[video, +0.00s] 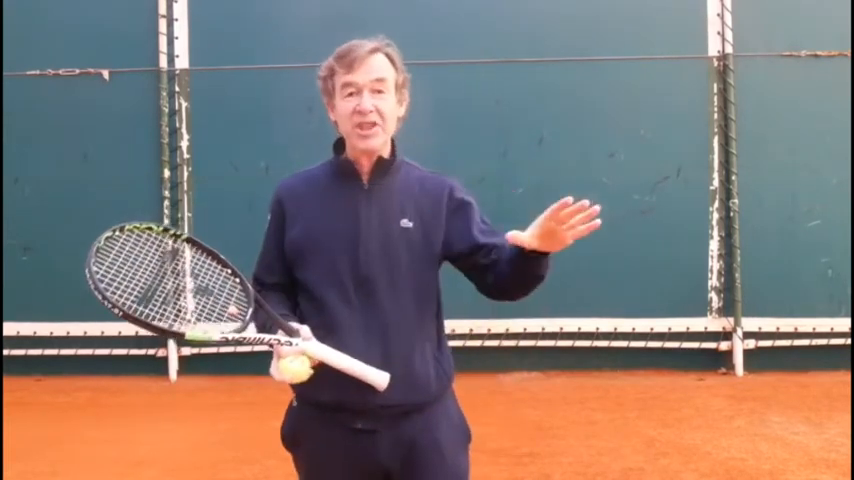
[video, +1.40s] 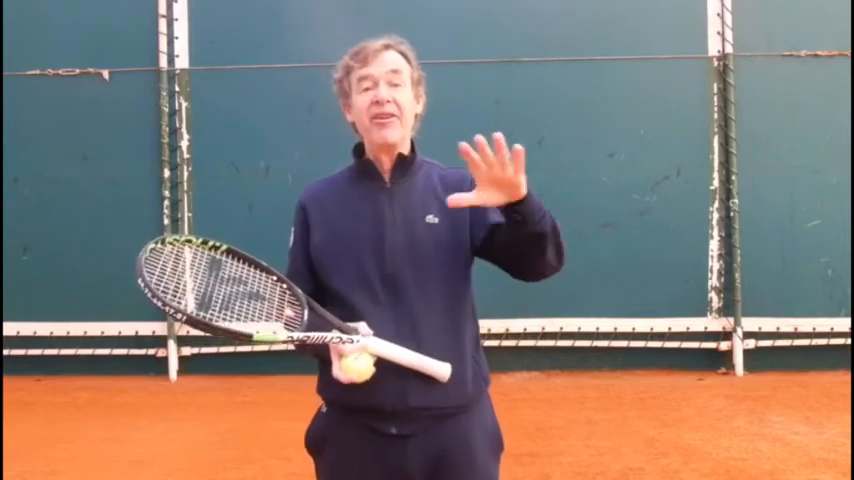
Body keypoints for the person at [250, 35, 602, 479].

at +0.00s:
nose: (364, 105)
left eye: (378, 91)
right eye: (350, 93)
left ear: (400, 104)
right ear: (332, 109)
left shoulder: (438, 197)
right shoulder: (293, 199)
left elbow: (499, 279)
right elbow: (270, 290)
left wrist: (532, 252)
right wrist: (285, 337)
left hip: (424, 423)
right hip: (328, 424)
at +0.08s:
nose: (365, 103)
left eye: (378, 90)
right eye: (350, 91)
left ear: (400, 102)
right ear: (332, 108)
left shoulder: (437, 195)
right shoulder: (293, 198)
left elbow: (491, 294)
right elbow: (269, 289)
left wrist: (502, 269)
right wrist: (288, 335)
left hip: (425, 421)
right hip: (328, 422)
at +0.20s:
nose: (364, 102)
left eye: (377, 87)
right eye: (349, 90)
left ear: (399, 102)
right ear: (330, 107)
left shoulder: (435, 196)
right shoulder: (292, 199)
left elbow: (483, 285)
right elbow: (270, 293)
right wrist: (298, 332)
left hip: (425, 420)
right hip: (328, 424)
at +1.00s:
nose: (374, 95)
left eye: (388, 82)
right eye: (359, 86)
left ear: (411, 101)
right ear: (342, 108)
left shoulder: (449, 192)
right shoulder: (305, 200)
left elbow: (518, 270)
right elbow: (281, 308)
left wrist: (452, 261)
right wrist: (320, 343)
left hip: (444, 423)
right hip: (346, 427)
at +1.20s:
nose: (377, 96)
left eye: (390, 84)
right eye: (362, 87)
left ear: (412, 103)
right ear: (343, 110)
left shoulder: (451, 185)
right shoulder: (311, 204)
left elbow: (531, 250)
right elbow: (290, 314)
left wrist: (465, 202)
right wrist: (328, 342)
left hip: (450, 424)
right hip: (351, 427)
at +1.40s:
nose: (382, 95)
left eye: (395, 82)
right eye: (367, 86)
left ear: (417, 101)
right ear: (349, 109)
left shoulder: (459, 190)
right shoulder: (317, 204)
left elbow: (540, 264)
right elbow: (296, 311)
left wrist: (519, 205)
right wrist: (333, 344)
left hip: (455, 426)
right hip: (355, 429)